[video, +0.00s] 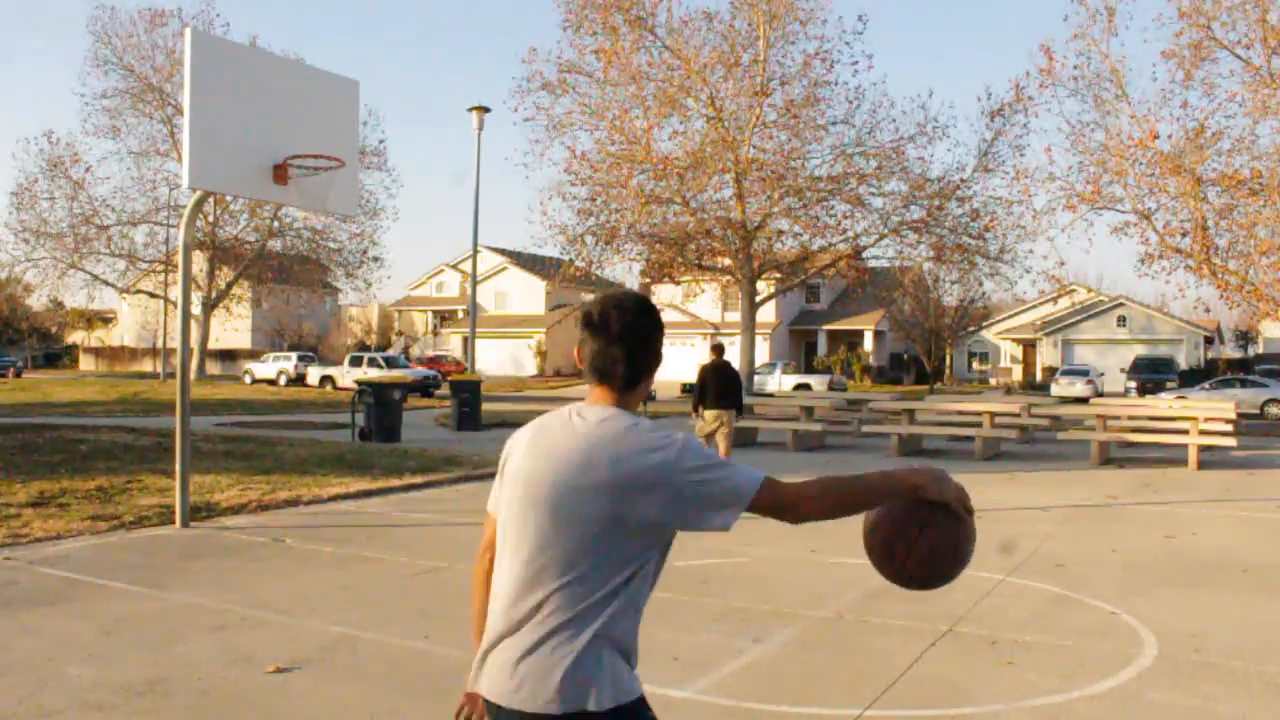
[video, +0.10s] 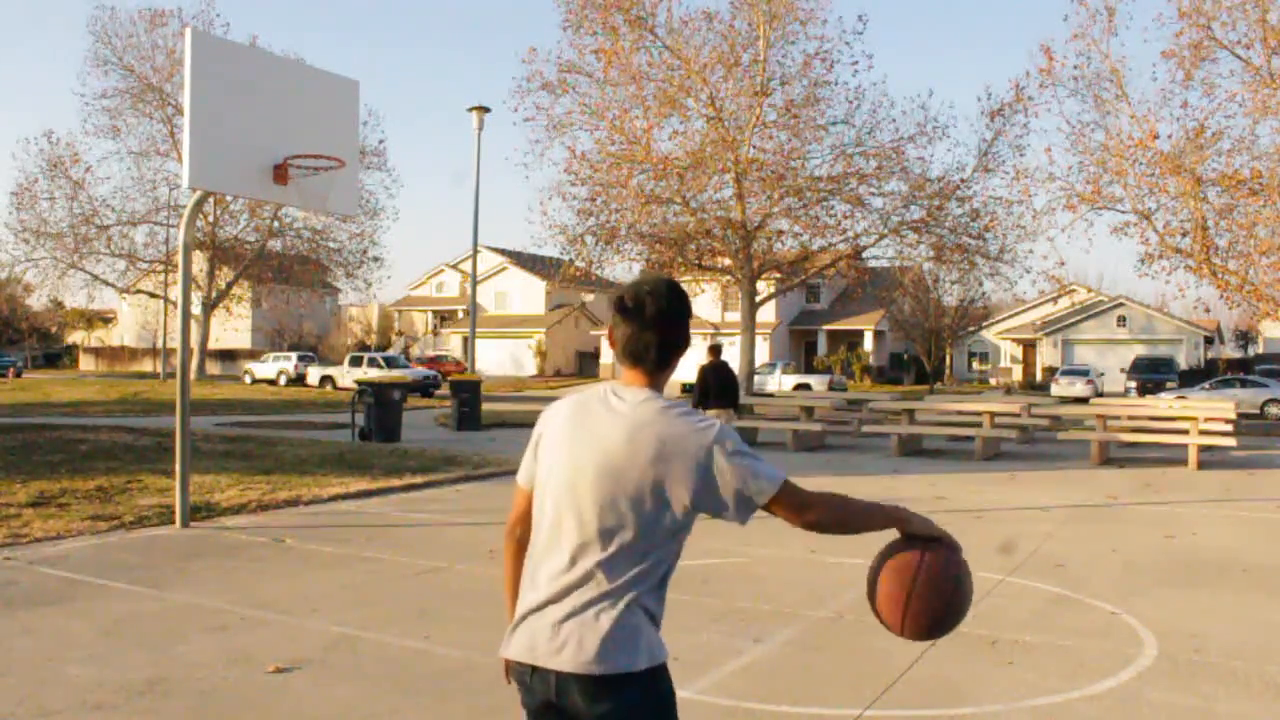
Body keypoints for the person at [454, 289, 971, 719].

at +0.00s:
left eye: (581, 344)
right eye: (653, 354)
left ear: (580, 359)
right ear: (653, 365)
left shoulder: (526, 440)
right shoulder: (654, 450)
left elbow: (488, 558)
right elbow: (792, 501)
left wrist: (480, 667)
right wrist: (910, 479)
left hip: (499, 684)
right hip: (590, 692)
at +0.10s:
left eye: (610, 332)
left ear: (610, 342)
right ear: (682, 347)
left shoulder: (557, 417)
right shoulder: (694, 435)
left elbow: (519, 528)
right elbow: (807, 511)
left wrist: (515, 627)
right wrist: (901, 517)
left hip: (531, 660)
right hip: (616, 667)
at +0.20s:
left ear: (627, 337)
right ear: (696, 344)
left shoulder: (577, 418)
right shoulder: (721, 428)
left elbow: (550, 540)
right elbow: (789, 528)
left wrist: (538, 630)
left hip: (574, 638)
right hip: (662, 646)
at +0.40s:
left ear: (650, 356)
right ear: (712, 357)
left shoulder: (634, 437)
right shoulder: (747, 429)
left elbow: (614, 555)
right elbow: (758, 508)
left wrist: (596, 669)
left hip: (649, 635)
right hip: (726, 636)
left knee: (617, 711)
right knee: (708, 712)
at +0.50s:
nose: (655, 355)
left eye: (655, 347)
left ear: (658, 356)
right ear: (717, 350)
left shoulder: (660, 425)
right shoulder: (750, 415)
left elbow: (639, 523)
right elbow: (738, 505)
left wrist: (594, 620)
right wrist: (675, 541)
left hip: (682, 624)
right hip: (751, 625)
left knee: (654, 714)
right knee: (718, 714)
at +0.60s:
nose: (664, 361)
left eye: (664, 351)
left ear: (671, 357)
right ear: (725, 351)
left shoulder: (687, 411)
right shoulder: (756, 408)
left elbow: (653, 480)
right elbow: (729, 485)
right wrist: (658, 510)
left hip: (711, 615)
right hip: (775, 614)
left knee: (694, 708)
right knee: (733, 712)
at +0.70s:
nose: (677, 365)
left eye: (678, 353)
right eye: (677, 354)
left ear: (693, 355)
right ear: (735, 354)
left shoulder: (705, 413)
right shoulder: (768, 406)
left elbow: (671, 473)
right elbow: (738, 480)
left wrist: (619, 536)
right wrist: (673, 512)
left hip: (740, 606)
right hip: (803, 603)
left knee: (728, 710)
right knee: (769, 714)